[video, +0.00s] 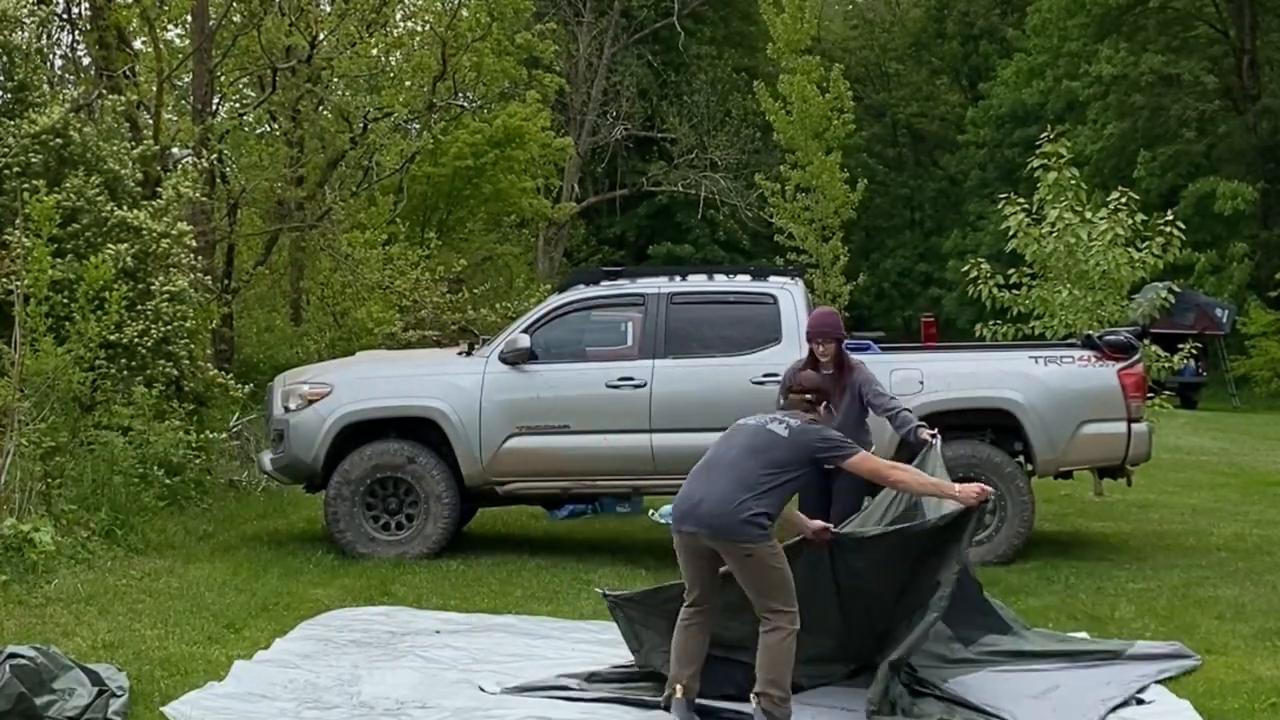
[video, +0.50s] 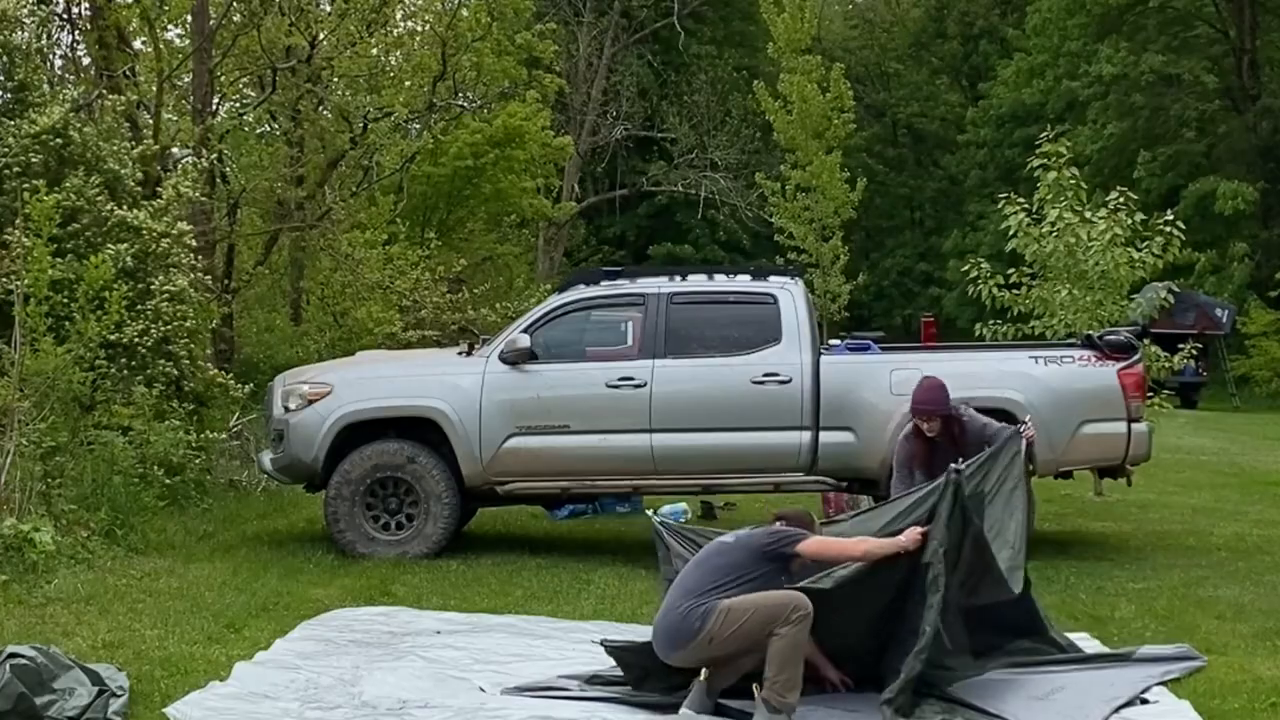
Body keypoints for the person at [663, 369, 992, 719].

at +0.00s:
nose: (830, 416)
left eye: (829, 410)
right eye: (828, 410)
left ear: (783, 402)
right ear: (820, 408)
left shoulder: (748, 425)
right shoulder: (817, 435)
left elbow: (751, 489)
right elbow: (889, 474)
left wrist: (804, 524)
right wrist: (953, 490)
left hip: (686, 518)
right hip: (740, 524)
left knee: (696, 603)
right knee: (778, 616)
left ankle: (679, 696)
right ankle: (771, 709)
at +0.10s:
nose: (821, 456)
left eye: (820, 450)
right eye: (821, 451)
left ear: (782, 443)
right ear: (816, 448)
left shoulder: (746, 458)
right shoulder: (811, 465)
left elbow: (748, 519)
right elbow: (889, 485)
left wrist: (806, 547)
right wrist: (953, 487)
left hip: (679, 538)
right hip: (735, 542)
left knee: (709, 609)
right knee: (786, 619)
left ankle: (690, 699)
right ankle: (770, 707)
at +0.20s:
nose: (822, 491)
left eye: (821, 486)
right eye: (819, 485)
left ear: (778, 474)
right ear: (807, 479)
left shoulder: (744, 494)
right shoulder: (797, 492)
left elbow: (752, 576)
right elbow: (874, 498)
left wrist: (807, 613)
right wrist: (941, 489)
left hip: (672, 574)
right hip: (721, 574)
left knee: (726, 619)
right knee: (801, 623)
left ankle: (694, 703)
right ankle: (773, 711)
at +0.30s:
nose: (832, 511)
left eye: (829, 507)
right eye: (825, 505)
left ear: (781, 500)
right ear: (802, 504)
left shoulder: (751, 519)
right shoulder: (790, 516)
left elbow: (769, 597)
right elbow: (867, 525)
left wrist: (805, 653)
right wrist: (924, 519)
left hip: (671, 608)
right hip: (703, 607)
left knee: (747, 617)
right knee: (809, 619)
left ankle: (697, 694)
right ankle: (774, 709)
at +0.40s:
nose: (810, 537)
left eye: (809, 534)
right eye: (808, 532)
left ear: (772, 522)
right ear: (799, 528)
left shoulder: (745, 543)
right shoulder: (785, 541)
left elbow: (771, 611)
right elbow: (866, 555)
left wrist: (814, 657)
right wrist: (908, 546)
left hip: (672, 640)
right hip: (699, 635)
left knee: (761, 626)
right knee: (806, 614)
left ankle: (699, 699)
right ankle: (774, 710)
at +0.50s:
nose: (807, 565)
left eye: (808, 560)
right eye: (807, 556)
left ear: (776, 530)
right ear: (794, 538)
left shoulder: (752, 558)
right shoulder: (772, 537)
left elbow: (782, 624)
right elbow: (856, 549)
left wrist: (824, 668)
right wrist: (901, 542)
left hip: (673, 640)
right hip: (690, 628)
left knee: (770, 636)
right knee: (795, 608)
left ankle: (700, 700)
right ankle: (774, 710)